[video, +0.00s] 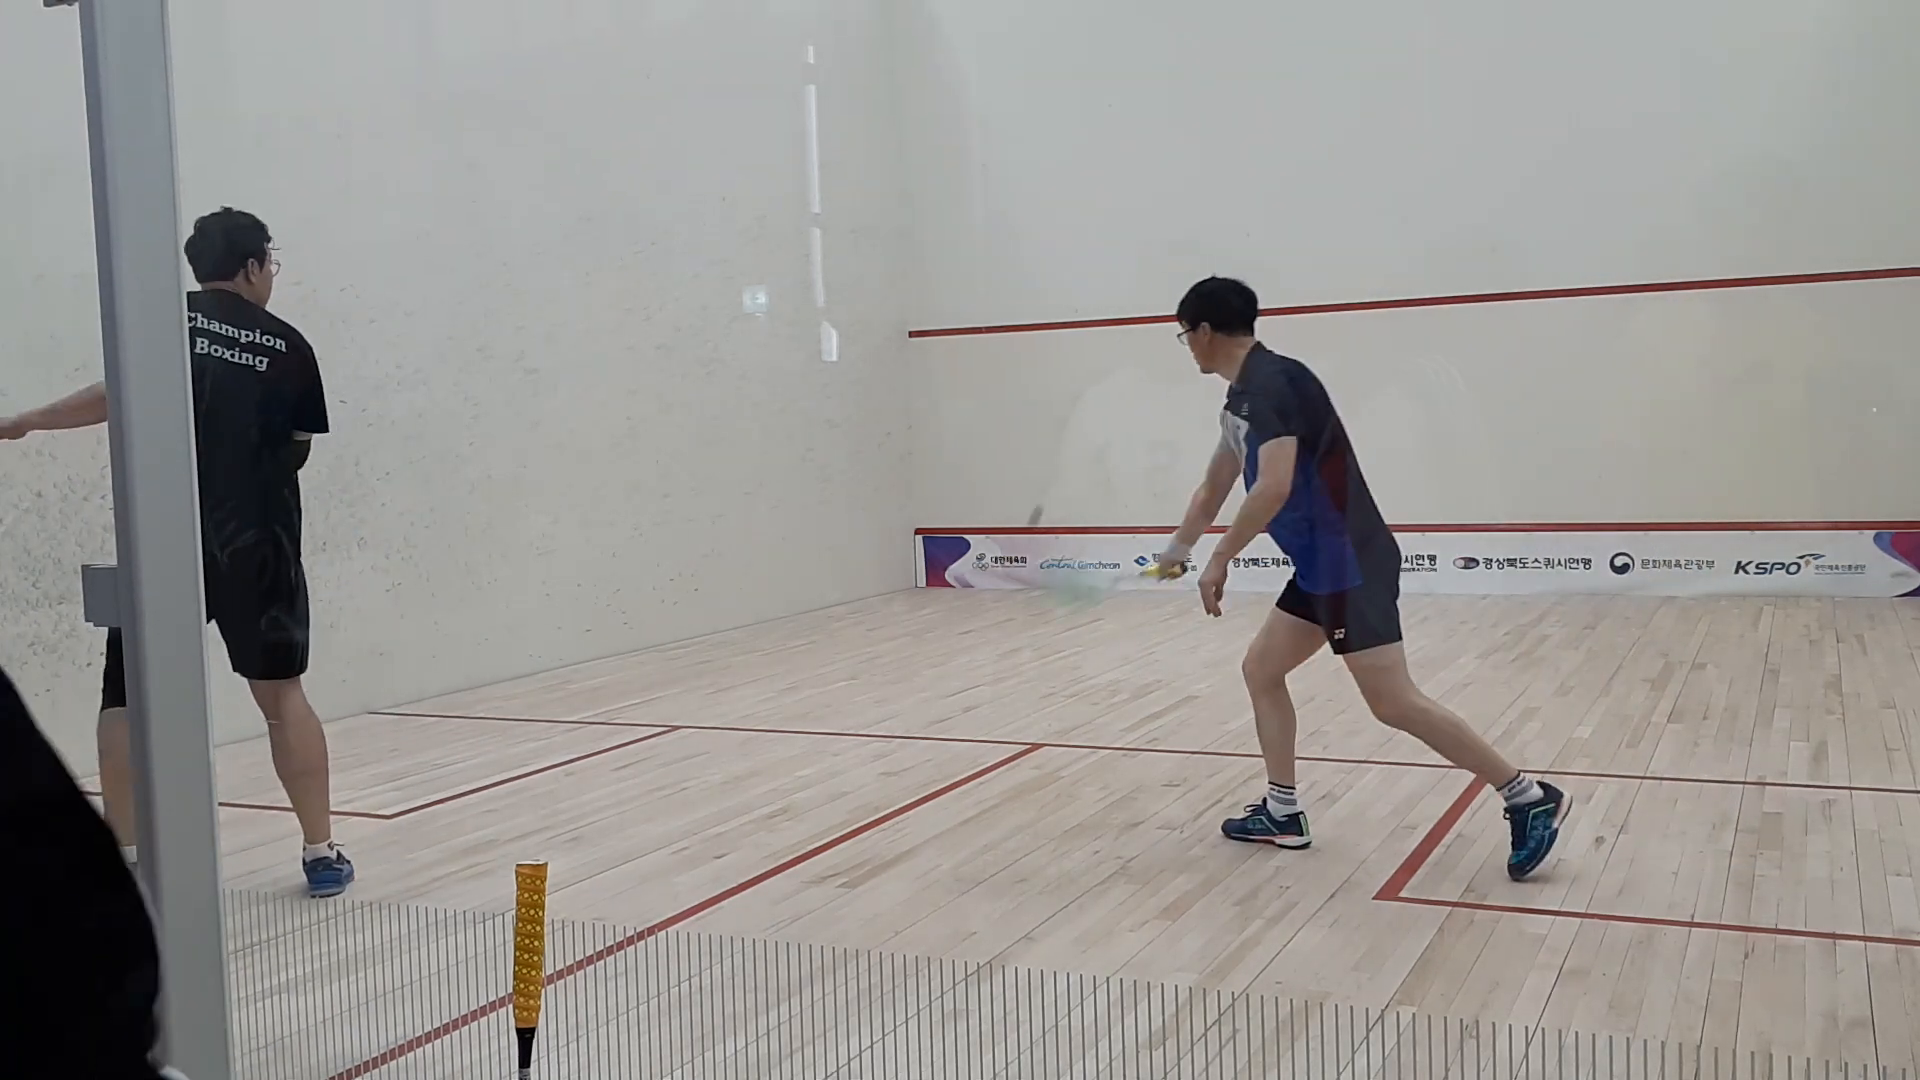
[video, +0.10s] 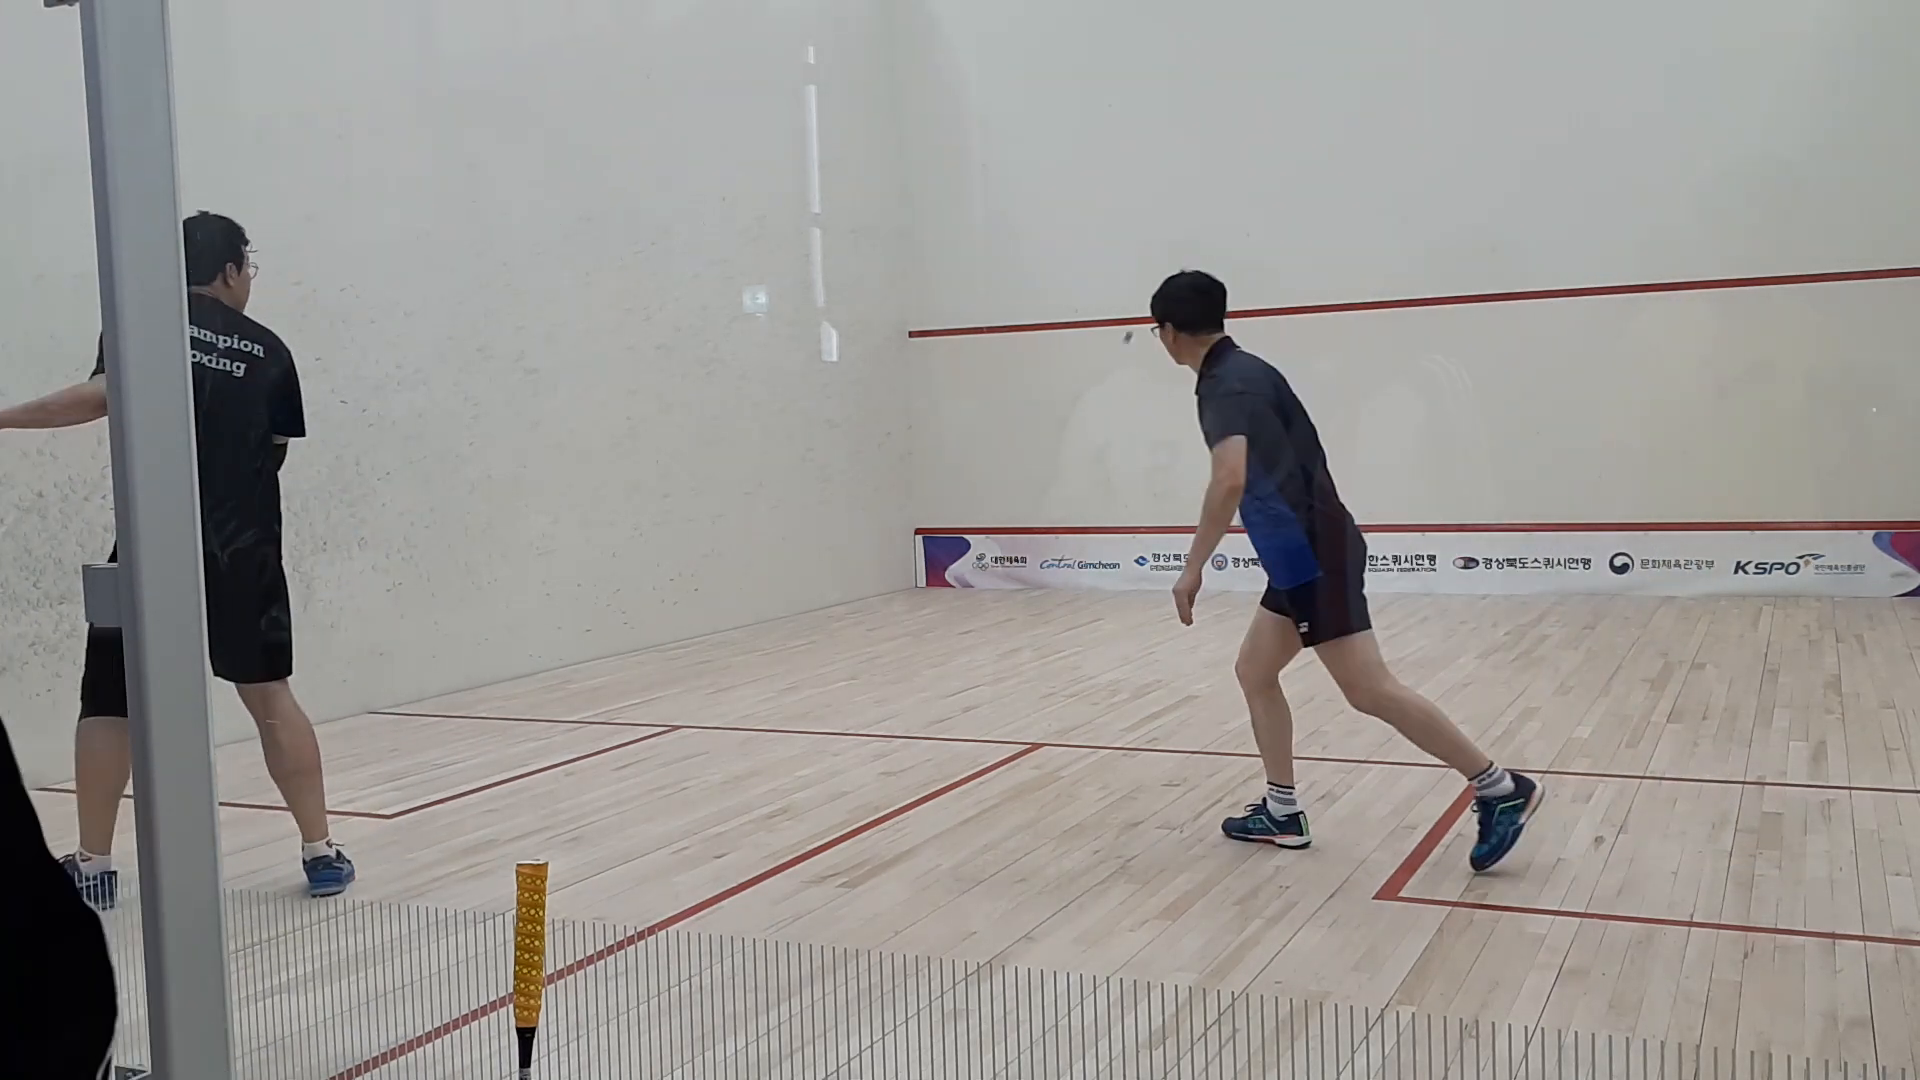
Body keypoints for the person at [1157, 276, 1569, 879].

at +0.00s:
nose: (1186, 344)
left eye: (1187, 332)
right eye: (1185, 333)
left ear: (1209, 331)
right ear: (1234, 326)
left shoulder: (1273, 383)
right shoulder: (1242, 395)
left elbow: (1274, 487)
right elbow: (1214, 486)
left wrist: (1221, 557)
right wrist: (1176, 549)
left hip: (1357, 564)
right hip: (1322, 568)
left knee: (1394, 702)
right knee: (1261, 669)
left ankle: (1528, 796)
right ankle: (1281, 810)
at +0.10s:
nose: (1160, 340)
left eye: (1160, 330)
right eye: (1158, 330)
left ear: (1175, 331)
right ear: (1214, 322)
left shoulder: (1227, 384)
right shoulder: (1239, 372)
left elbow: (1231, 480)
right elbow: (1289, 466)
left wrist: (1193, 566)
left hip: (1320, 556)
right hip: (1301, 558)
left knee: (1370, 690)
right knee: (1254, 670)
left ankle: (1500, 787)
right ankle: (1281, 808)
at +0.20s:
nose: (1138, 329)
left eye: (1137, 320)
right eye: (1138, 320)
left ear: (1148, 324)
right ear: (1197, 312)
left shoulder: (1185, 380)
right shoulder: (1243, 364)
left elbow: (1182, 475)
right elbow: (1288, 449)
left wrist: (1161, 561)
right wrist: (1259, 541)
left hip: (1281, 550)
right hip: (1306, 537)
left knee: (1325, 689)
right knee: (1247, 670)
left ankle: (1445, 789)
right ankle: (1281, 807)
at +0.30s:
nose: (1119, 324)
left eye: (1118, 315)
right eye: (1119, 314)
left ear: (1128, 318)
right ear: (1177, 307)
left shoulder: (1155, 375)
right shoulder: (1223, 359)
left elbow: (1152, 466)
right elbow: (1256, 446)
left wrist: (1125, 558)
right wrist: (1289, 497)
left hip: (1245, 544)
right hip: (1279, 533)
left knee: (1257, 686)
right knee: (1243, 674)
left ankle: (1360, 803)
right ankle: (1281, 806)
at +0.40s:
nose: (1094, 320)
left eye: (1094, 311)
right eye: (1093, 311)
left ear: (1104, 315)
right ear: (1155, 306)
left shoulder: (1128, 375)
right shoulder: (1199, 359)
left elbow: (1121, 469)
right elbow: (1233, 446)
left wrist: (1093, 556)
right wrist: (1270, 508)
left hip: (1203, 551)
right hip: (1260, 540)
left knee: (1177, 685)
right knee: (1239, 676)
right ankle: (1282, 805)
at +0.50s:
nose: (1064, 319)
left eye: (1065, 310)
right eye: (1068, 308)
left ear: (1074, 315)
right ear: (1124, 309)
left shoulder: (1099, 378)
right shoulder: (1171, 364)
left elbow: (1090, 472)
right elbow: (1198, 458)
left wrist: (1064, 560)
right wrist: (1235, 523)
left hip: (1158, 556)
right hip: (1223, 548)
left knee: (1101, 677)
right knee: (1220, 678)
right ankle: (1278, 804)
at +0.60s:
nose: (1028, 325)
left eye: (1030, 316)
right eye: (1030, 314)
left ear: (1042, 323)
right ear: (1089, 319)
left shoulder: (1055, 387)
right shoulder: (1138, 376)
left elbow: (1051, 481)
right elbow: (1160, 473)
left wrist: (1028, 569)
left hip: (1110, 562)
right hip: (1178, 556)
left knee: (1031, 677)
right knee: (1194, 684)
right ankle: (1271, 801)